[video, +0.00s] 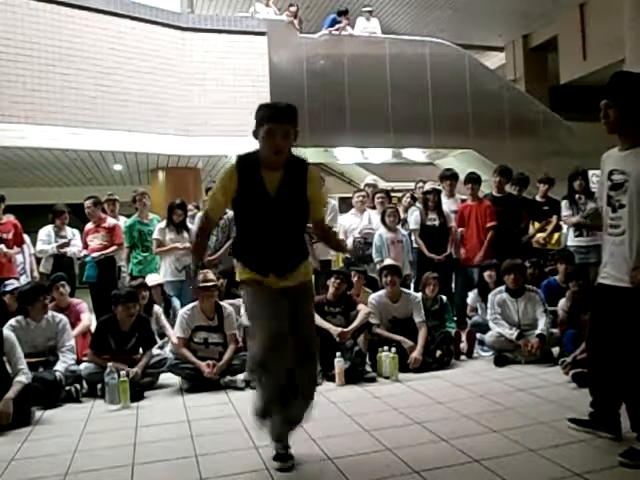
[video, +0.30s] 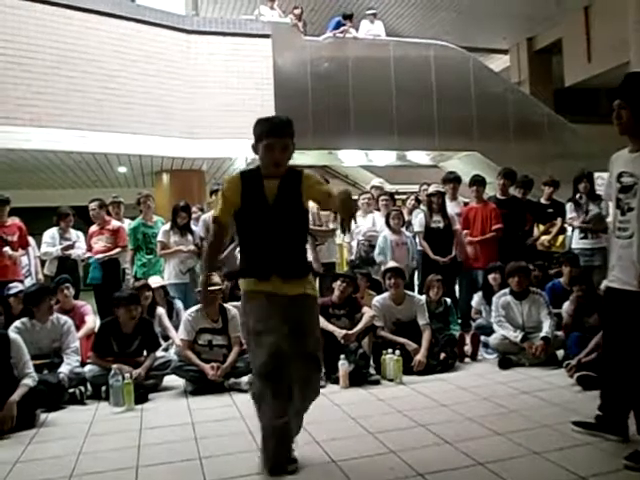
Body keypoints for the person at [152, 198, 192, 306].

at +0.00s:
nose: (177, 218)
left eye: (180, 215)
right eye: (175, 214)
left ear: (185, 215)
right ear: (170, 213)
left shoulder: (189, 229)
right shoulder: (161, 228)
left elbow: (196, 246)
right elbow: (156, 249)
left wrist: (189, 247)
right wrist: (174, 246)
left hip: (187, 272)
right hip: (170, 273)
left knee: (187, 307)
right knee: (176, 307)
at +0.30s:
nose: (182, 220)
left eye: (185, 218)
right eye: (180, 217)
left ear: (189, 218)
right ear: (174, 216)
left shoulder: (192, 231)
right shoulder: (166, 230)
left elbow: (200, 250)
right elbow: (160, 252)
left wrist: (193, 249)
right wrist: (178, 249)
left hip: (191, 273)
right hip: (173, 274)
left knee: (192, 308)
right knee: (179, 308)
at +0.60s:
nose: (182, 220)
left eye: (185, 218)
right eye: (179, 217)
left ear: (189, 218)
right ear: (174, 216)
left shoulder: (192, 231)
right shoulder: (165, 230)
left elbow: (200, 250)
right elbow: (159, 252)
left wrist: (192, 249)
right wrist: (178, 249)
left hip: (191, 273)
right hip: (173, 274)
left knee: (192, 308)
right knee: (179, 309)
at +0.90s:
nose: (182, 220)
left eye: (185, 218)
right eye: (180, 217)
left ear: (189, 218)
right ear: (175, 216)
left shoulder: (192, 231)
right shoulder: (166, 230)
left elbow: (200, 250)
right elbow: (160, 252)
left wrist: (193, 249)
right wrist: (178, 249)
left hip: (191, 274)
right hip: (174, 274)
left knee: (192, 309)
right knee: (180, 309)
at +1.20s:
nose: (183, 219)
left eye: (185, 216)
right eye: (181, 215)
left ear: (189, 216)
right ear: (175, 214)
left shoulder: (193, 231)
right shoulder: (166, 230)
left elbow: (201, 251)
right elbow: (159, 251)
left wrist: (193, 250)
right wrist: (178, 249)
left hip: (191, 274)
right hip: (174, 274)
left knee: (192, 309)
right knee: (179, 309)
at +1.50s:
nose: (182, 211)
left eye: (184, 208)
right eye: (179, 208)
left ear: (188, 211)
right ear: (174, 211)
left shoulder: (192, 230)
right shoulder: (166, 229)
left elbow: (200, 250)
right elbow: (159, 251)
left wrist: (192, 249)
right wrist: (179, 249)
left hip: (191, 274)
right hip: (173, 274)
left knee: (191, 309)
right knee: (178, 310)